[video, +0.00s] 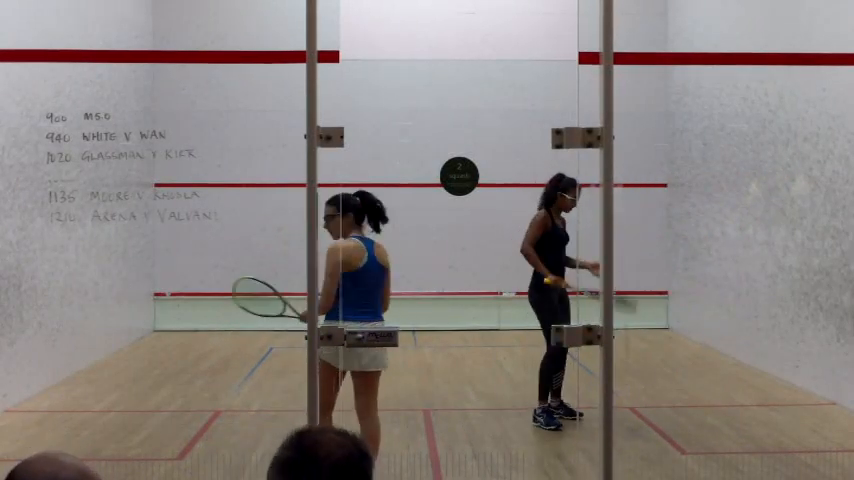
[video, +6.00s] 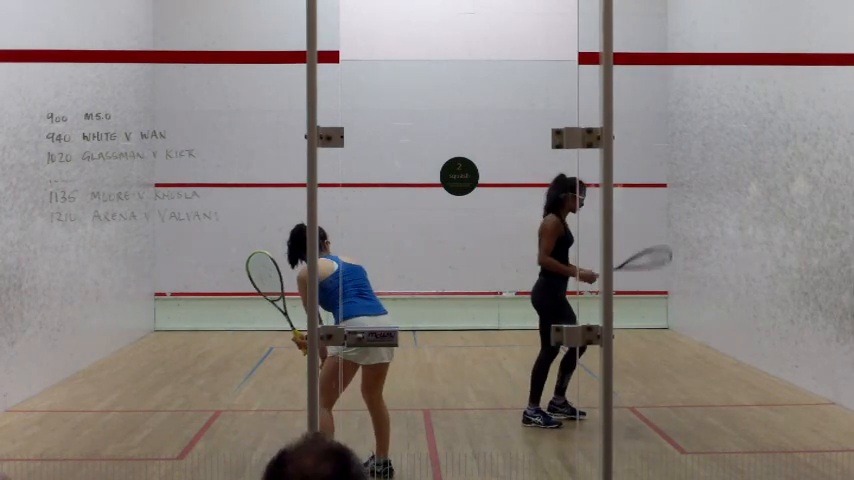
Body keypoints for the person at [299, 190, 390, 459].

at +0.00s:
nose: (325, 226)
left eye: (328, 218)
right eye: (325, 219)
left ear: (346, 218)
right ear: (355, 219)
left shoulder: (337, 250)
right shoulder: (380, 251)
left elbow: (326, 304)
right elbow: (383, 304)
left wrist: (309, 312)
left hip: (337, 336)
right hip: (371, 336)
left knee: (323, 409)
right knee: (368, 411)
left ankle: (323, 472)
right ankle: (366, 472)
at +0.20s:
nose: (323, 224)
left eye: (328, 218)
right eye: (321, 218)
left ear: (347, 217)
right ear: (346, 219)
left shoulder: (344, 250)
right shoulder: (360, 249)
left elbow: (336, 303)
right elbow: (352, 301)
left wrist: (302, 312)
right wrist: (316, 317)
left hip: (339, 338)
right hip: (362, 337)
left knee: (326, 411)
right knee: (360, 409)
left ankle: (321, 475)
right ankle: (368, 474)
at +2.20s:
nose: (330, 226)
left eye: (330, 219)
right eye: (329, 220)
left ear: (342, 217)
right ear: (359, 217)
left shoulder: (341, 249)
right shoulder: (377, 250)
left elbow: (325, 299)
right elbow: (361, 295)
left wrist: (303, 293)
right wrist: (309, 293)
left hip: (339, 333)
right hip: (370, 332)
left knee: (328, 403)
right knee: (368, 400)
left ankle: (327, 468)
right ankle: (367, 467)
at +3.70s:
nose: (322, 220)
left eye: (328, 214)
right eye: (319, 215)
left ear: (344, 216)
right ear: (317, 216)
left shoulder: (348, 248)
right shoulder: (335, 248)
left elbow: (339, 299)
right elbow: (329, 296)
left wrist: (301, 299)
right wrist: (306, 309)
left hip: (338, 328)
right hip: (336, 327)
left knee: (325, 402)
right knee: (348, 399)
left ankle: (324, 460)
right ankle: (364, 455)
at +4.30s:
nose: (303, 239)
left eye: (303, 233)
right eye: (304, 233)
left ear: (307, 235)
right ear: (328, 230)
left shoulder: (321, 261)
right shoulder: (349, 256)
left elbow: (325, 314)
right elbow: (351, 308)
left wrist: (298, 326)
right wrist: (311, 324)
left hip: (358, 337)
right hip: (379, 333)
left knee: (321, 400)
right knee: (366, 396)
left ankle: (325, 463)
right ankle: (385, 460)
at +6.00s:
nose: (330, 245)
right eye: (329, 242)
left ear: (300, 251)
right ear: (326, 244)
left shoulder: (306, 273)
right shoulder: (351, 262)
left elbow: (314, 320)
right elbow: (352, 312)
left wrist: (321, 354)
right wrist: (316, 342)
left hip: (352, 332)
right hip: (384, 328)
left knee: (322, 403)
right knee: (374, 395)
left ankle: (325, 463)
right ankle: (382, 461)